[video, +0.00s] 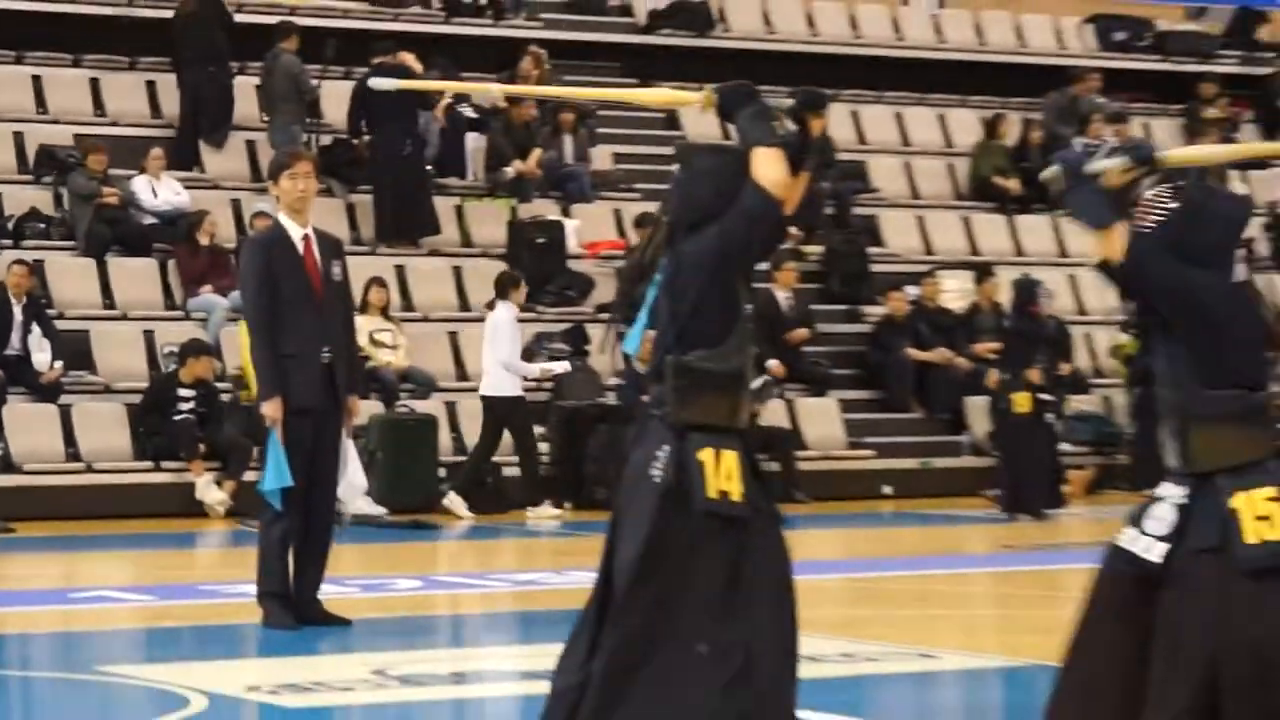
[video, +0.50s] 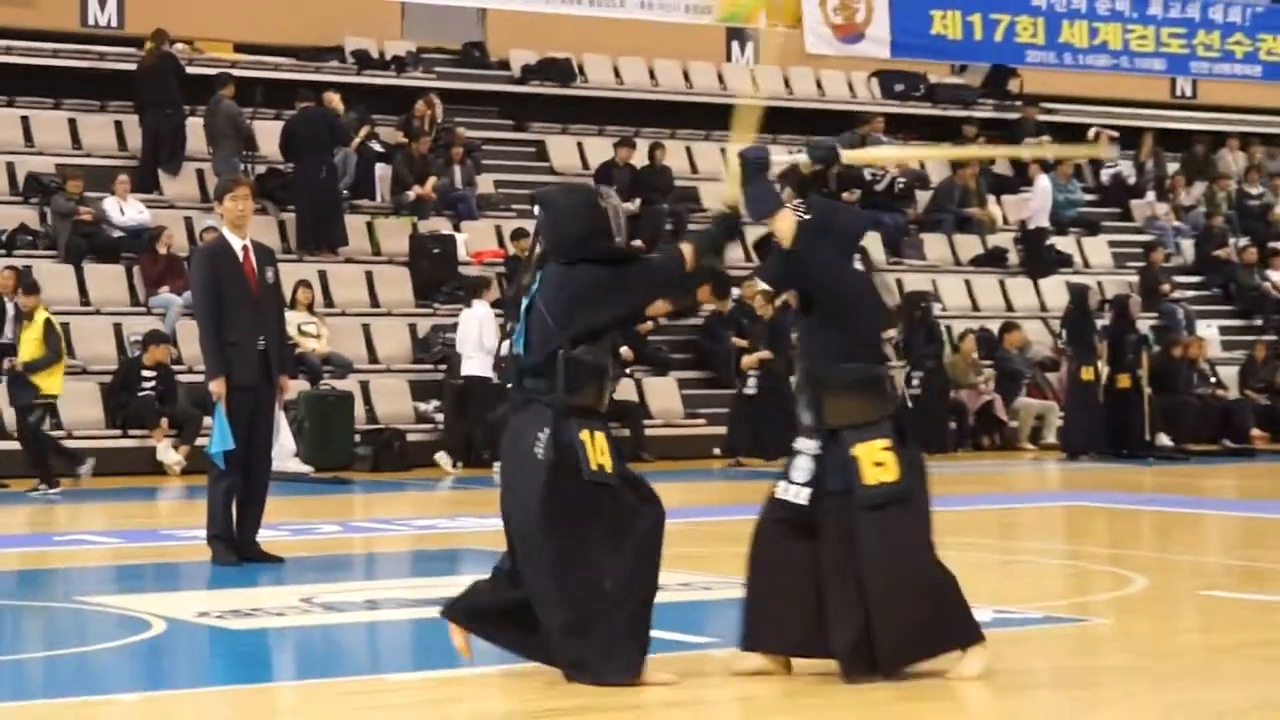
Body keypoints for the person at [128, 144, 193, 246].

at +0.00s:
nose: (159, 163)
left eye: (162, 159)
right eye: (154, 159)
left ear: (165, 161)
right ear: (145, 163)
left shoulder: (171, 181)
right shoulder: (138, 181)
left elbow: (186, 203)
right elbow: (149, 206)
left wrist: (162, 201)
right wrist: (177, 207)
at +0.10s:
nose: (149, 169)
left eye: (152, 165)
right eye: (145, 165)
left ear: (155, 167)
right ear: (136, 169)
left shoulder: (160, 186)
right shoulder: (129, 186)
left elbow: (175, 207)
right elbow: (139, 209)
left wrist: (152, 205)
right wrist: (165, 210)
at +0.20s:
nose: (140, 173)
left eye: (142, 169)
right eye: (135, 170)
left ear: (145, 171)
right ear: (126, 174)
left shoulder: (150, 190)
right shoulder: (120, 190)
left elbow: (164, 210)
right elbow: (130, 213)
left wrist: (141, 208)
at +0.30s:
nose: (128, 179)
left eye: (131, 176)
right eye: (124, 176)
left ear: (134, 178)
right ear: (116, 179)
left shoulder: (139, 196)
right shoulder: (110, 196)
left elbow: (152, 215)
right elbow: (120, 218)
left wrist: (130, 215)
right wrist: (144, 218)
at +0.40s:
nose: (119, 184)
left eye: (121, 181)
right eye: (115, 181)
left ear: (124, 183)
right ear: (107, 184)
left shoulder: (130, 200)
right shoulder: (101, 200)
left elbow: (143, 219)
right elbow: (113, 221)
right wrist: (136, 220)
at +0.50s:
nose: (125, 187)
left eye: (127, 183)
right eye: (121, 183)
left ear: (130, 186)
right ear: (113, 187)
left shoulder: (135, 202)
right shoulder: (108, 202)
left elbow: (148, 220)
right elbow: (118, 222)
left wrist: (126, 219)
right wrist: (143, 223)